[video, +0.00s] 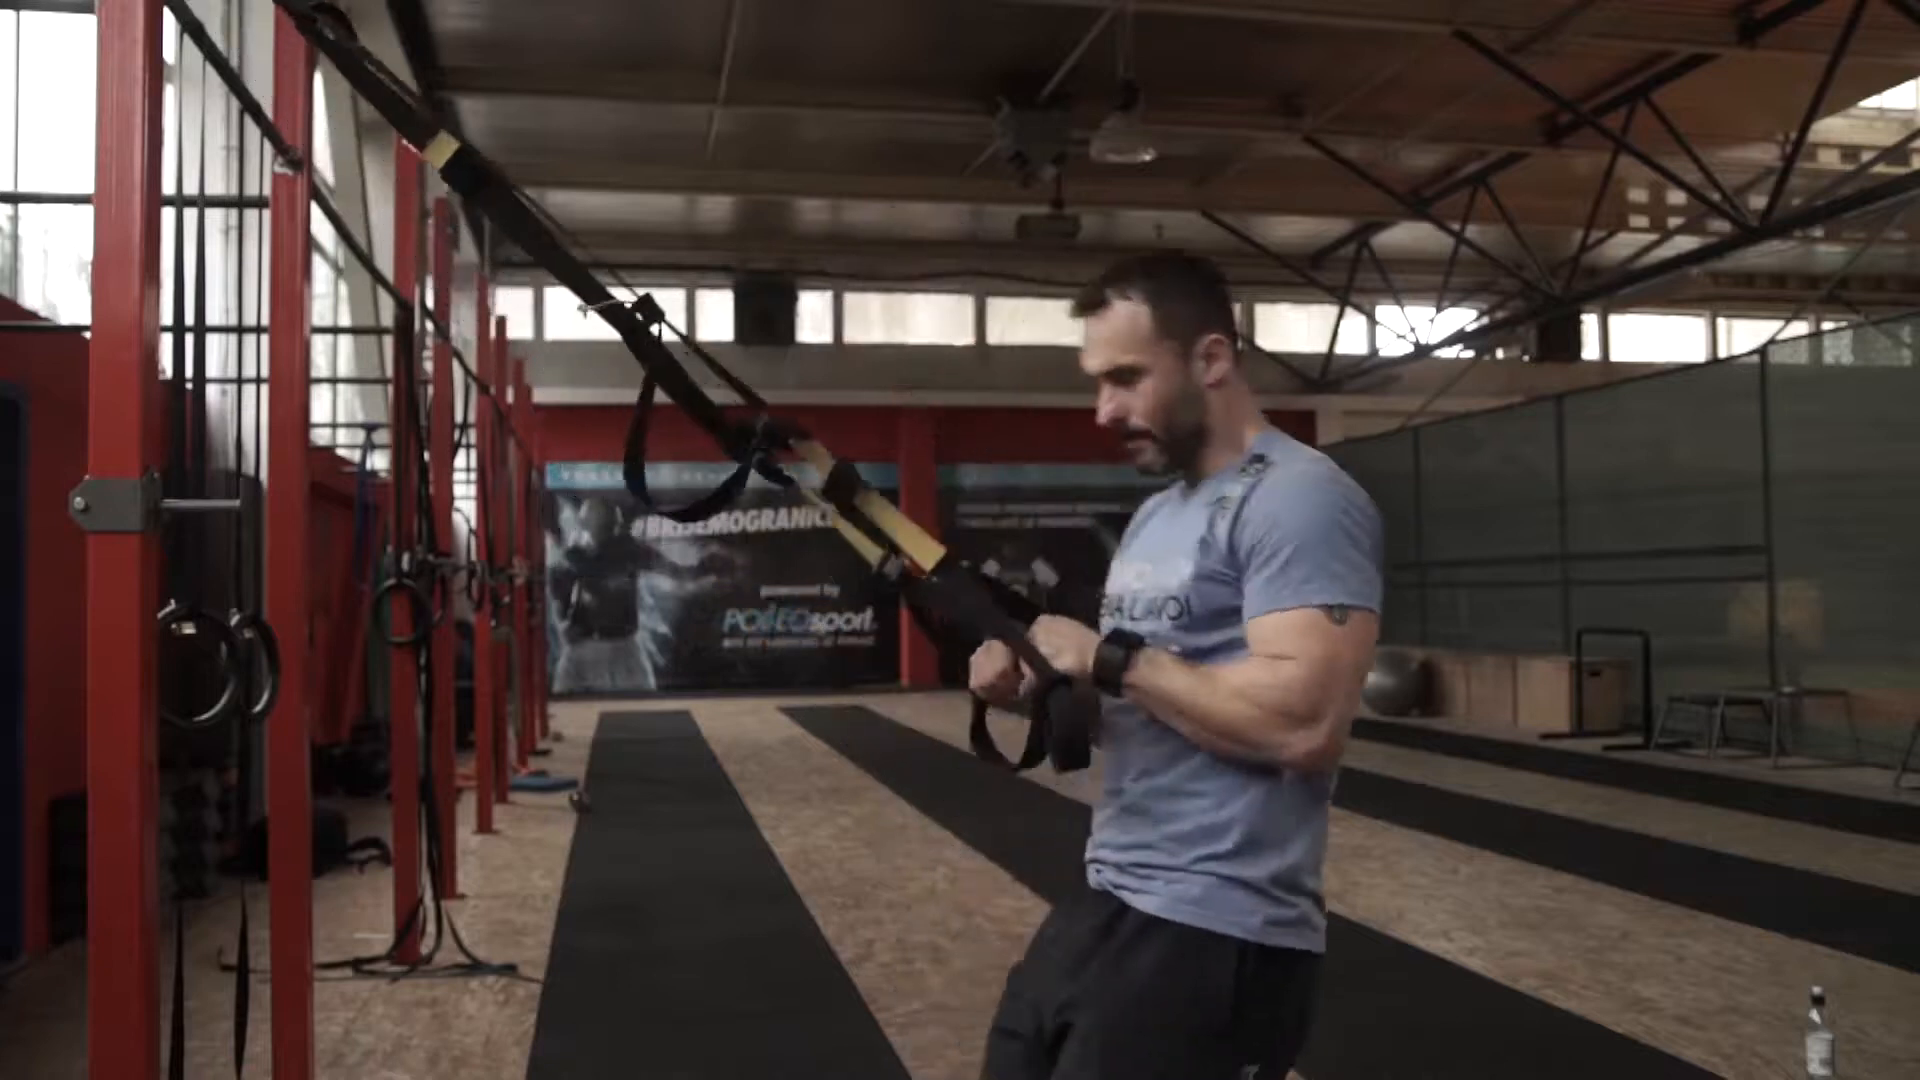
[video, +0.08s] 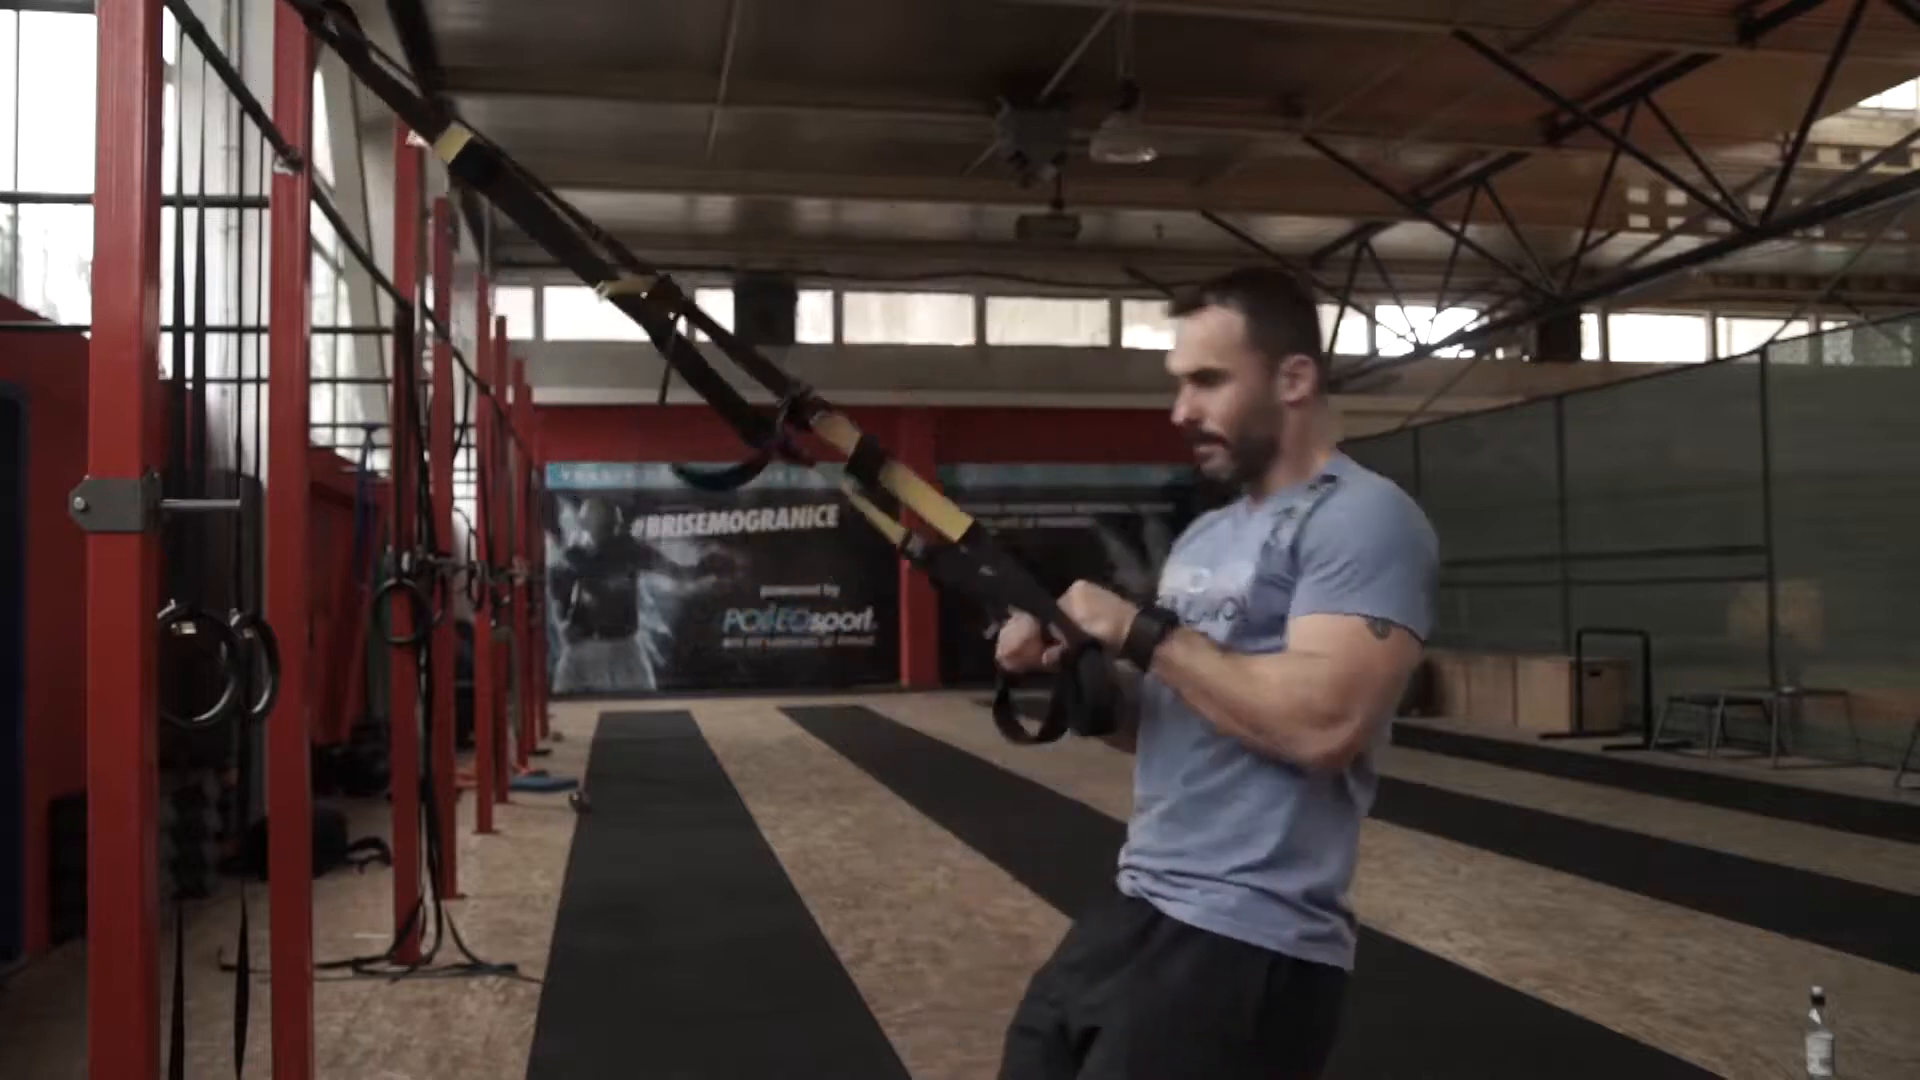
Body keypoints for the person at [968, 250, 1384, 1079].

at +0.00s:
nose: (1106, 411)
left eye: (1128, 378)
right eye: (1098, 385)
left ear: (1213, 359)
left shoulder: (1304, 495)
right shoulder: (1157, 514)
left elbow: (1302, 723)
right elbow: (1152, 713)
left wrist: (1112, 657)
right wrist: (1045, 687)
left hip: (1221, 936)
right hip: (1110, 904)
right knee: (1014, 1059)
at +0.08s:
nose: (1183, 411)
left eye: (1209, 381)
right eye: (1179, 385)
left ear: (1296, 378)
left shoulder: (1369, 517)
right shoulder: (1206, 533)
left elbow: (1323, 722)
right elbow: (1176, 727)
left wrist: (1144, 631)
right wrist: (1070, 669)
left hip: (1255, 946)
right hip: (1137, 909)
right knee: (1033, 1057)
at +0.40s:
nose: (1464, 499)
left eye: (1498, 483)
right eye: (1468, 479)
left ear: (1574, 521)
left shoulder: (1579, 635)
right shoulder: (1412, 620)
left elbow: (1404, 658)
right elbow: (1247, 662)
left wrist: (1232, 550)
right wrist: (1167, 577)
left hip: (1337, 996)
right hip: (1221, 936)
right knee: (1097, 1060)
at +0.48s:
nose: (1486, 508)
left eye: (1523, 494)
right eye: (1492, 490)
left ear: (1594, 538)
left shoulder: (1591, 643)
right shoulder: (1427, 610)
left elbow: (1427, 623)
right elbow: (1265, 637)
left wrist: (1264, 511)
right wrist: (1200, 552)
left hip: (1327, 992)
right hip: (1212, 927)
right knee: (1080, 1062)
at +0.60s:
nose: (1485, 489)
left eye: (1516, 482)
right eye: (1489, 472)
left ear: (1582, 533)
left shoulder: (1569, 645)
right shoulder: (1394, 601)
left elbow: (1475, 529)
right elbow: (1251, 554)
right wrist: (1207, 447)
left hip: (1280, 985)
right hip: (1168, 913)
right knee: (1026, 1064)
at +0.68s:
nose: (1448, 474)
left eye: (1484, 461)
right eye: (1448, 456)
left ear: (1556, 497)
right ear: (1433, 473)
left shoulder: (1529, 618)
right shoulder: (1366, 579)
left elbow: (1502, 446)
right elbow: (1250, 494)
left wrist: (1363, 321)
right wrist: (1227, 375)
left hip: (1248, 965)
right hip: (1139, 901)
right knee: (991, 1067)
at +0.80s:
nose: (1400, 434)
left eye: (1436, 418)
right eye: (1405, 416)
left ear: (1494, 451)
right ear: (1401, 433)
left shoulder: (1490, 569)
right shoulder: (1338, 539)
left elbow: (1525, 359)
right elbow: (1272, 419)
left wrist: (1399, 222)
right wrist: (1253, 299)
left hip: (1206, 944)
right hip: (1101, 884)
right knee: (948, 1068)